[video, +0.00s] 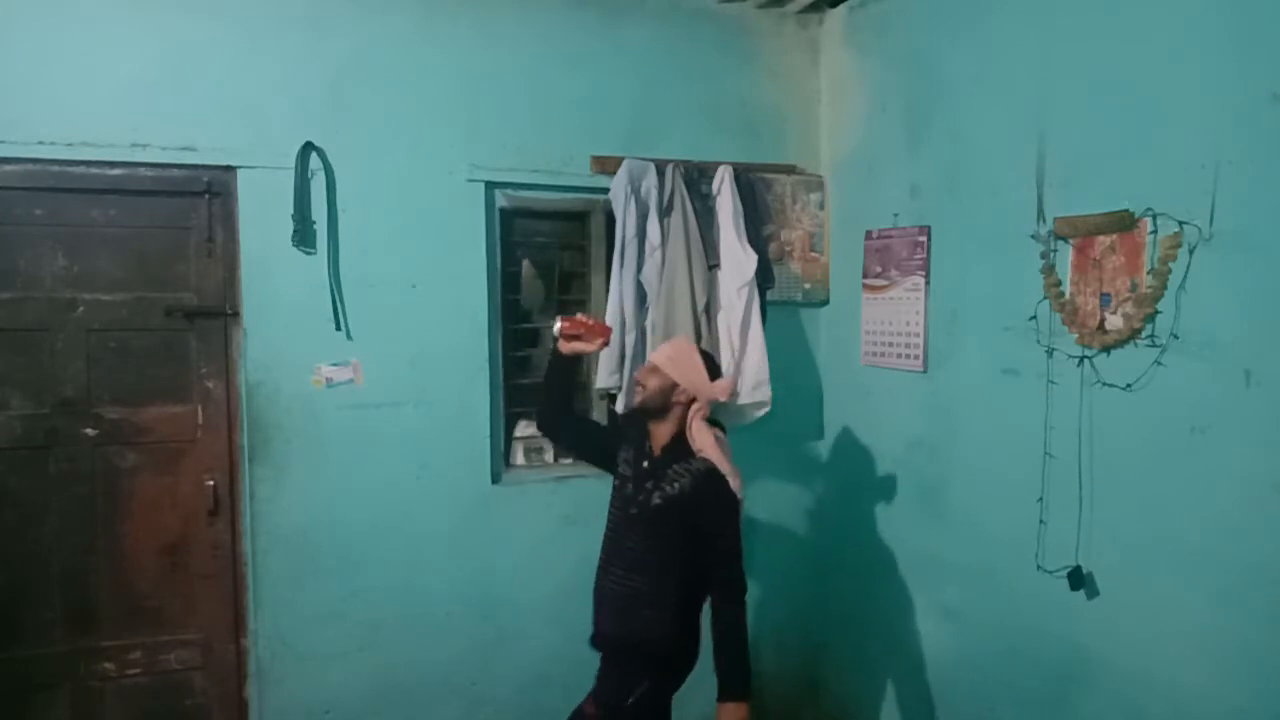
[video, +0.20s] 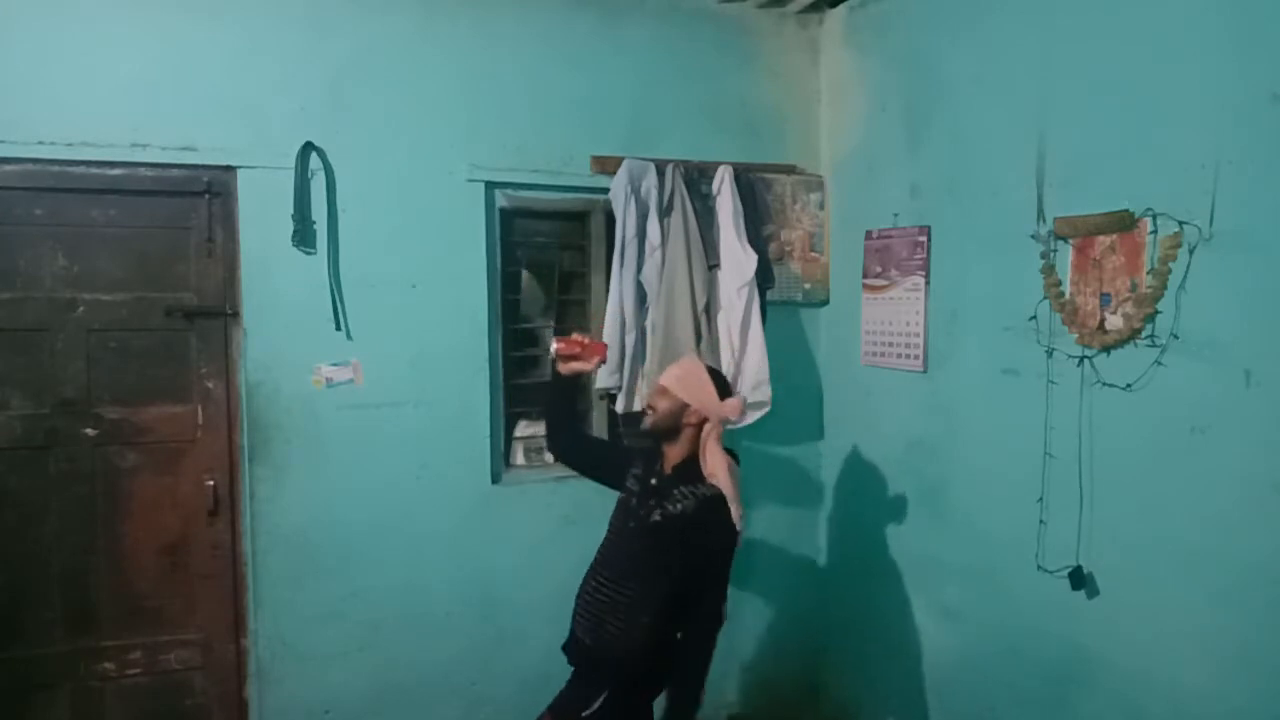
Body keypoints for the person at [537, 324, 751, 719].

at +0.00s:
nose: (638, 375)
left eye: (654, 370)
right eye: (645, 366)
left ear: (683, 393)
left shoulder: (709, 482)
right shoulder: (629, 445)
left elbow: (728, 597)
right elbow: (556, 420)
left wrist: (733, 697)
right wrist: (565, 356)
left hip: (658, 650)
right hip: (617, 639)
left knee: (591, 710)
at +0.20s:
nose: (651, 398)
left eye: (665, 393)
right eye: (657, 389)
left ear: (694, 414)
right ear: (689, 414)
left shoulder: (710, 507)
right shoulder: (640, 464)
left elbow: (703, 621)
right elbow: (567, 444)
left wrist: (682, 709)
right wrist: (566, 378)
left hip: (629, 670)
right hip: (593, 654)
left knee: (557, 713)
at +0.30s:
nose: (660, 395)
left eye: (678, 390)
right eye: (669, 386)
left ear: (706, 416)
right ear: (702, 418)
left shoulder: (716, 504)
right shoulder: (655, 462)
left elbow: (698, 612)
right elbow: (581, 444)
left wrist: (652, 703)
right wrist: (580, 379)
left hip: (634, 670)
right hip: (600, 652)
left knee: (560, 712)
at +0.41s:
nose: (676, 382)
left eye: (691, 376)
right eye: (683, 373)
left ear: (718, 401)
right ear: (715, 403)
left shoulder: (725, 487)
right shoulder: (672, 445)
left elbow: (697, 595)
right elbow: (597, 430)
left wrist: (644, 679)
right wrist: (596, 371)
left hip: (658, 652)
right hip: (627, 637)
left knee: (589, 710)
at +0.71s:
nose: (681, 352)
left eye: (697, 346)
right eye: (688, 342)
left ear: (725, 369)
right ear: (719, 370)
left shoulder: (751, 440)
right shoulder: (689, 425)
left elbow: (758, 558)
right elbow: (615, 422)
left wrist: (739, 667)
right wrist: (611, 364)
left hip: (732, 626)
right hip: (701, 618)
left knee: (676, 711)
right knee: (705, 710)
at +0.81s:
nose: (688, 355)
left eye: (703, 349)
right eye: (695, 345)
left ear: (734, 370)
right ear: (728, 371)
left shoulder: (759, 448)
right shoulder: (697, 427)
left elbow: (772, 565)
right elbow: (623, 428)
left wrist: (762, 673)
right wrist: (612, 369)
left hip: (736, 636)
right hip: (698, 630)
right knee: (696, 707)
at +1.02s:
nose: (709, 374)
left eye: (724, 366)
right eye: (712, 363)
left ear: (759, 385)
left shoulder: (789, 476)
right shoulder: (705, 443)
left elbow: (789, 590)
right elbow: (630, 426)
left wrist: (760, 688)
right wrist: (632, 361)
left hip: (736, 647)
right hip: (678, 638)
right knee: (676, 710)